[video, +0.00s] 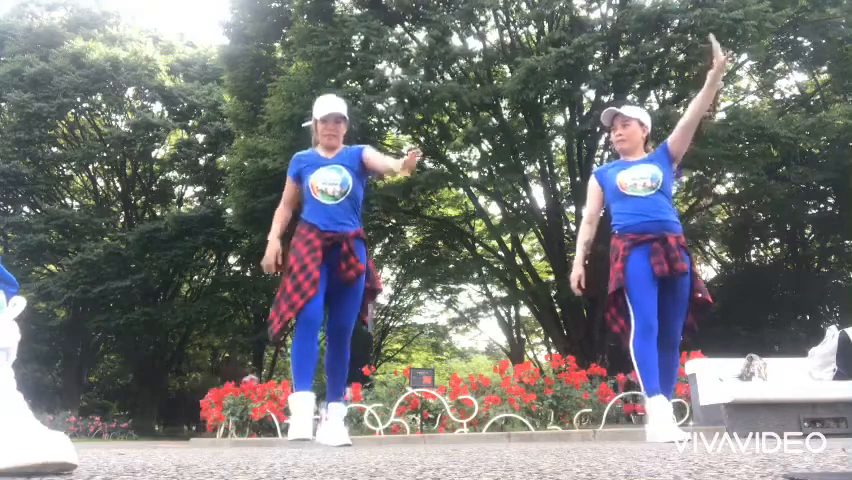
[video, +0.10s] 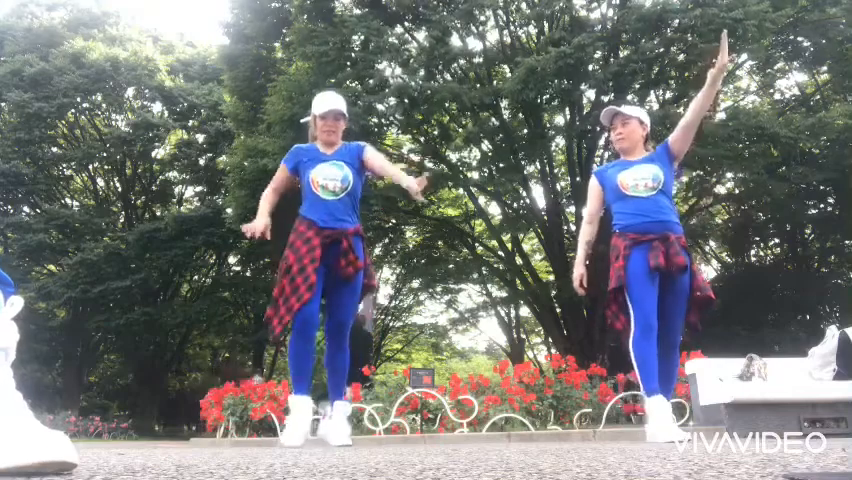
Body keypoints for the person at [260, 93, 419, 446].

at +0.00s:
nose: (332, 127)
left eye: (338, 121)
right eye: (325, 120)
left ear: (347, 126)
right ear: (313, 125)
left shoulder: (359, 154)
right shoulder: (301, 161)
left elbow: (386, 164)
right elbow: (287, 205)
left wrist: (403, 165)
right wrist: (273, 240)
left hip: (350, 249)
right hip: (310, 248)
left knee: (342, 330)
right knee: (309, 320)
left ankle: (334, 417)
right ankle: (301, 409)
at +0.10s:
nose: (331, 123)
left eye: (337, 117)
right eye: (324, 117)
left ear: (345, 121)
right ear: (313, 121)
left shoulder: (358, 151)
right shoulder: (300, 153)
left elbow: (386, 168)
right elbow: (274, 189)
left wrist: (407, 181)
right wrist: (262, 216)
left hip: (347, 246)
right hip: (308, 245)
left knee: (340, 328)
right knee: (304, 322)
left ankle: (337, 414)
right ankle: (299, 409)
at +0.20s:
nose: (329, 130)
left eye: (336, 123)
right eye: (323, 123)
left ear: (344, 127)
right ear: (311, 126)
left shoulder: (356, 158)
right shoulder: (296, 154)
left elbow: (385, 190)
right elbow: (261, 169)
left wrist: (413, 220)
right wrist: (250, 174)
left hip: (342, 250)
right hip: (302, 249)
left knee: (340, 328)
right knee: (302, 330)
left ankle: (335, 415)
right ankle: (296, 416)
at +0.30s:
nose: (325, 138)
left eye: (331, 132)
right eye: (319, 131)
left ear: (339, 135)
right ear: (307, 133)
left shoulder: (353, 170)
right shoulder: (294, 159)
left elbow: (376, 212)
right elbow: (258, 161)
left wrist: (393, 254)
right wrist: (252, 157)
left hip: (338, 253)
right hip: (298, 254)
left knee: (346, 316)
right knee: (298, 332)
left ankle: (341, 402)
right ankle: (296, 414)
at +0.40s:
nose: (326, 141)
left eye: (332, 135)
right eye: (320, 135)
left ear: (340, 139)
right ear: (308, 137)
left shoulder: (353, 175)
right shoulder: (295, 166)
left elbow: (362, 224)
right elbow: (277, 169)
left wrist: (365, 267)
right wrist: (274, 151)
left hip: (338, 253)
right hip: (297, 253)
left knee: (341, 307)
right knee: (294, 333)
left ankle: (347, 402)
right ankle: (296, 417)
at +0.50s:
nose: (327, 144)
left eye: (333, 138)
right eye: (321, 137)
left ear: (340, 143)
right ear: (308, 140)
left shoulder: (352, 180)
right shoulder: (296, 171)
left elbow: (357, 228)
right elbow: (284, 181)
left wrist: (355, 268)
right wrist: (288, 151)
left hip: (340, 253)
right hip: (299, 253)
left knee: (342, 310)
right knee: (293, 333)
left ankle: (353, 402)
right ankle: (295, 417)